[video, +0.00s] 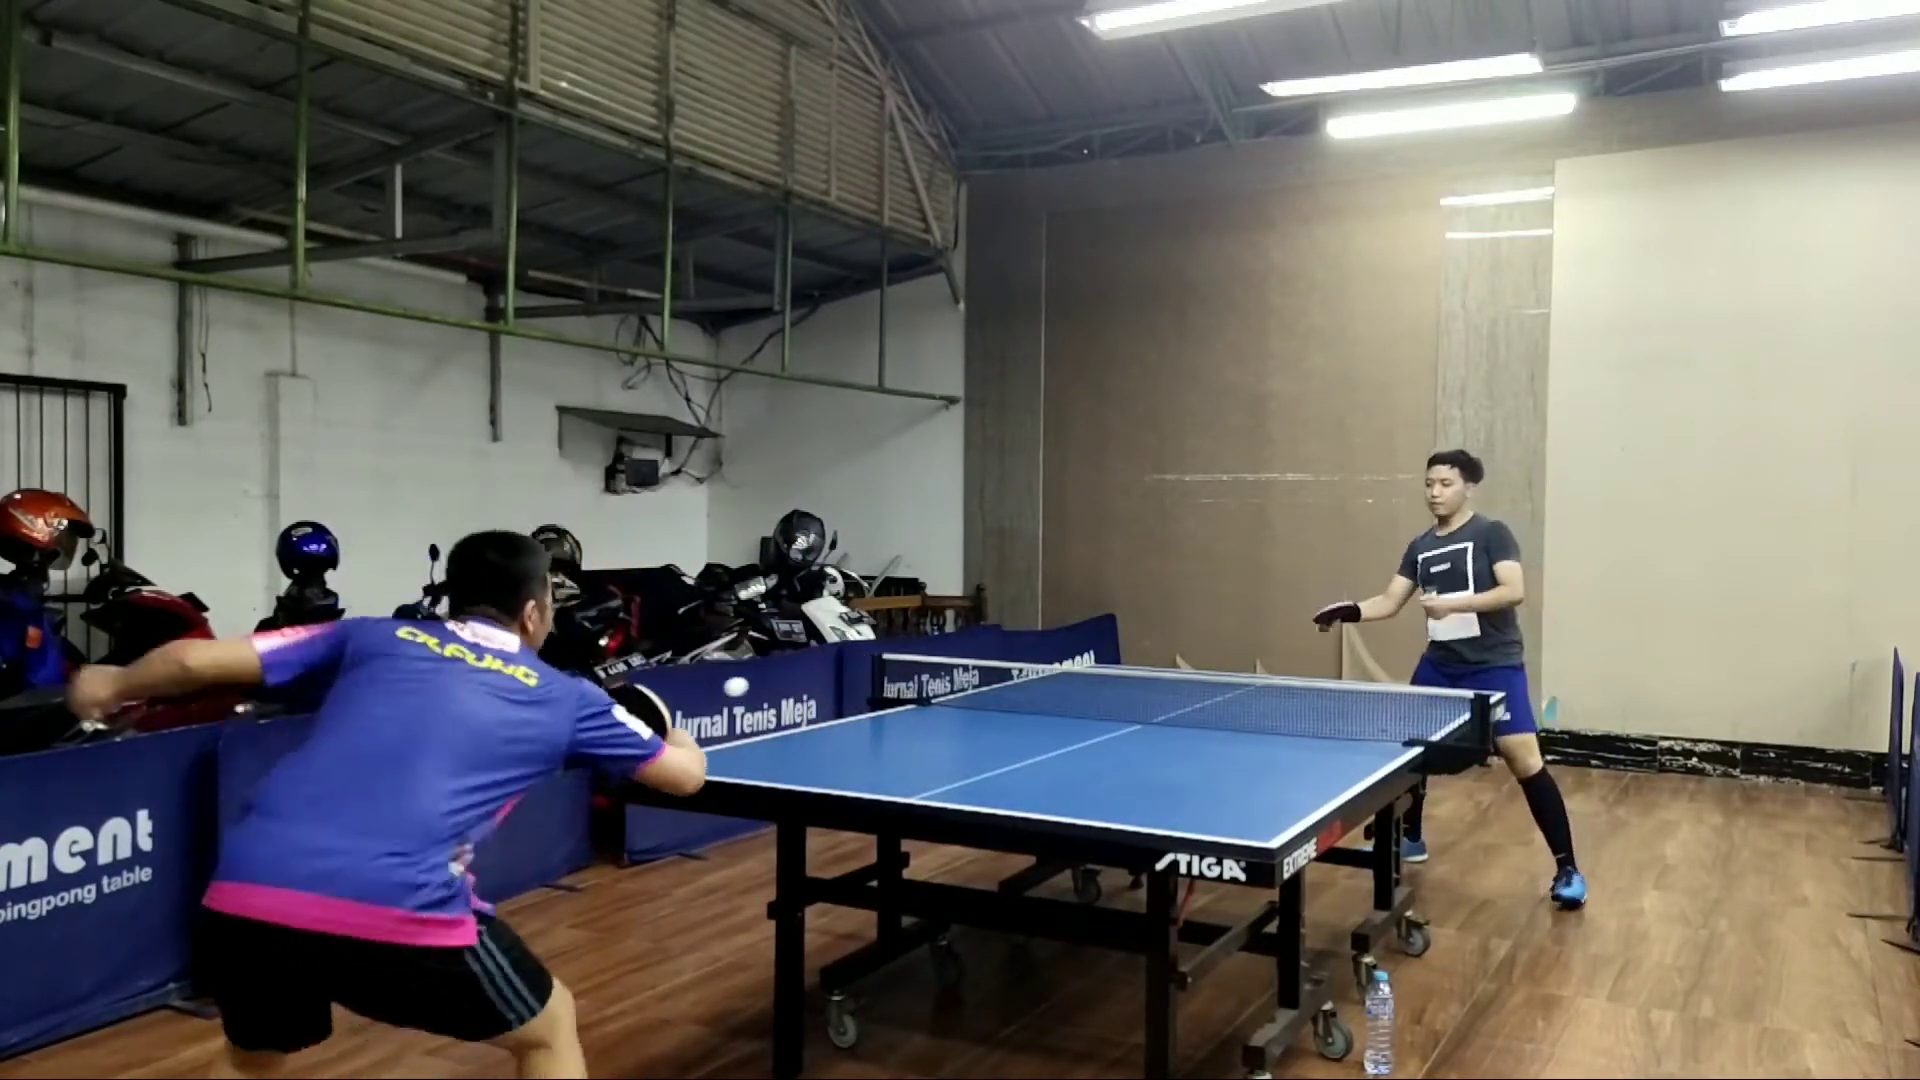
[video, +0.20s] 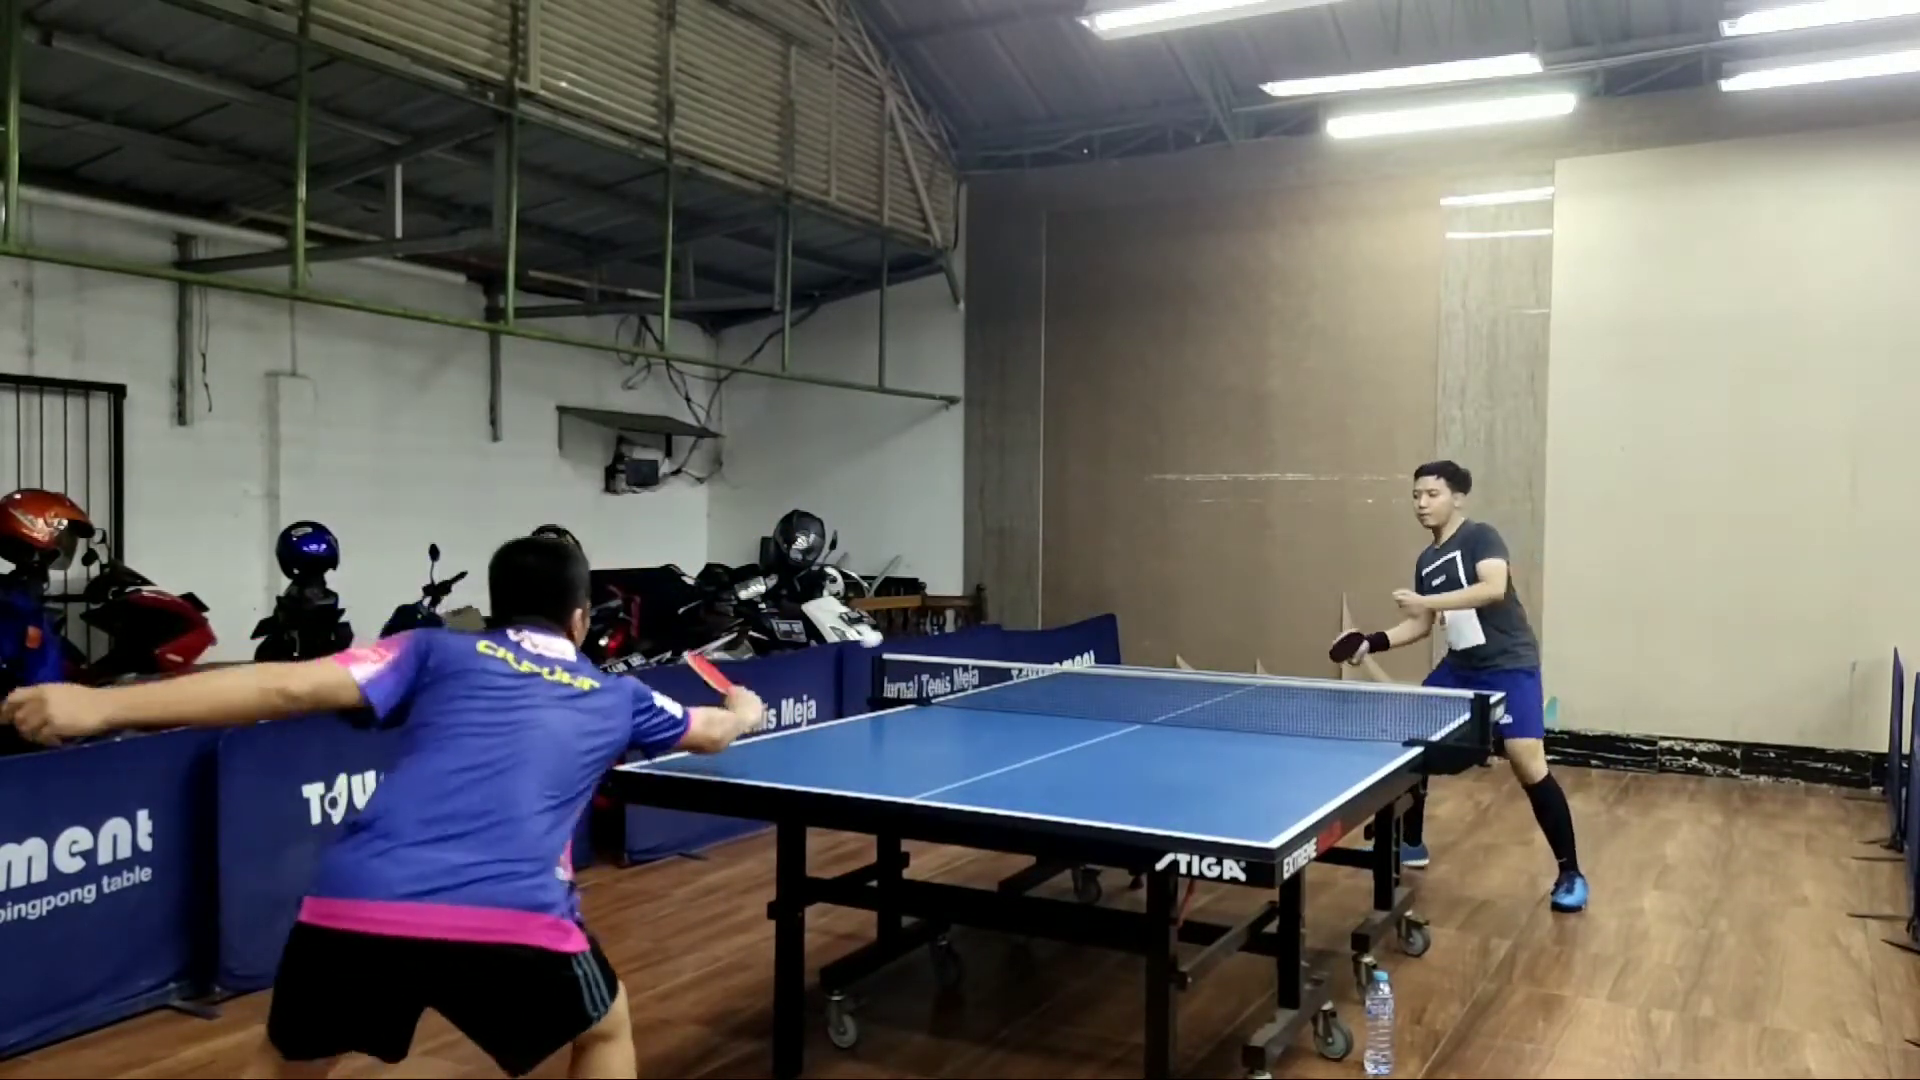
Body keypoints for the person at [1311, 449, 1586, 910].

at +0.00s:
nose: (1435, 491)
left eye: (1446, 484)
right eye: (1431, 483)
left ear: (1469, 488)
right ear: (1426, 489)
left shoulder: (1491, 534)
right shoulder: (1421, 546)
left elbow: (1513, 590)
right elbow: (1390, 601)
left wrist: (1452, 604)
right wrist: (1348, 611)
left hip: (1496, 666)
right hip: (1439, 664)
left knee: (1525, 762)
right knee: (1408, 744)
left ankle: (1567, 870)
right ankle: (1411, 837)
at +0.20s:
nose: (1422, 502)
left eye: (1432, 493)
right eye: (1417, 495)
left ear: (1458, 498)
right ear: (1416, 502)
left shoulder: (1481, 537)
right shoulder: (1427, 561)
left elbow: (1493, 589)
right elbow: (1418, 623)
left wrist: (1427, 603)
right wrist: (1371, 641)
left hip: (1510, 666)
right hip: (1458, 666)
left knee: (1526, 761)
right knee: (1409, 738)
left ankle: (1570, 873)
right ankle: (1410, 840)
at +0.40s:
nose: (1392, 538)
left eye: (1400, 528)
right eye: (1388, 531)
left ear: (1427, 528)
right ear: (1394, 536)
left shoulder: (1445, 561)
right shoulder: (1425, 575)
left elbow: (1418, 606)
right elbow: (1447, 648)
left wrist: (1349, 622)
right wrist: (1428, 683)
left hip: (1500, 682)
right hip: (1452, 683)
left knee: (1507, 782)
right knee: (1385, 737)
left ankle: (1568, 876)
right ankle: (1379, 837)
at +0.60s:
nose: (1337, 553)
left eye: (1345, 545)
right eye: (1336, 546)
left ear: (1373, 546)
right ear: (1372, 549)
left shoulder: (1377, 570)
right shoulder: (1383, 580)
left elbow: (1366, 597)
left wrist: (1309, 616)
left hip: (1446, 688)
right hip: (1407, 690)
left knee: (1478, 781)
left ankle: (1564, 873)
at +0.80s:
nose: (1319, 514)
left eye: (1327, 505)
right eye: (1316, 507)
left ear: (1355, 508)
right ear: (1316, 514)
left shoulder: (1384, 548)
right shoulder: (1311, 561)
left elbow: (1417, 590)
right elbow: (1263, 582)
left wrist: (1406, 572)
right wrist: (1256, 549)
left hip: (1403, 655)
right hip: (1350, 664)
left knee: (1449, 687)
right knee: (1301, 716)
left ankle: (1479, 801)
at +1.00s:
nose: (1318, 513)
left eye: (1327, 505)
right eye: (1314, 506)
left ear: (1353, 510)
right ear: (1311, 511)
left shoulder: (1375, 562)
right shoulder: (1303, 551)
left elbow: (1420, 607)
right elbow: (1303, 575)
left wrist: (1473, 615)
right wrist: (1360, 546)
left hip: (1362, 659)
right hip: (1308, 664)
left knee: (1432, 682)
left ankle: (1471, 791)